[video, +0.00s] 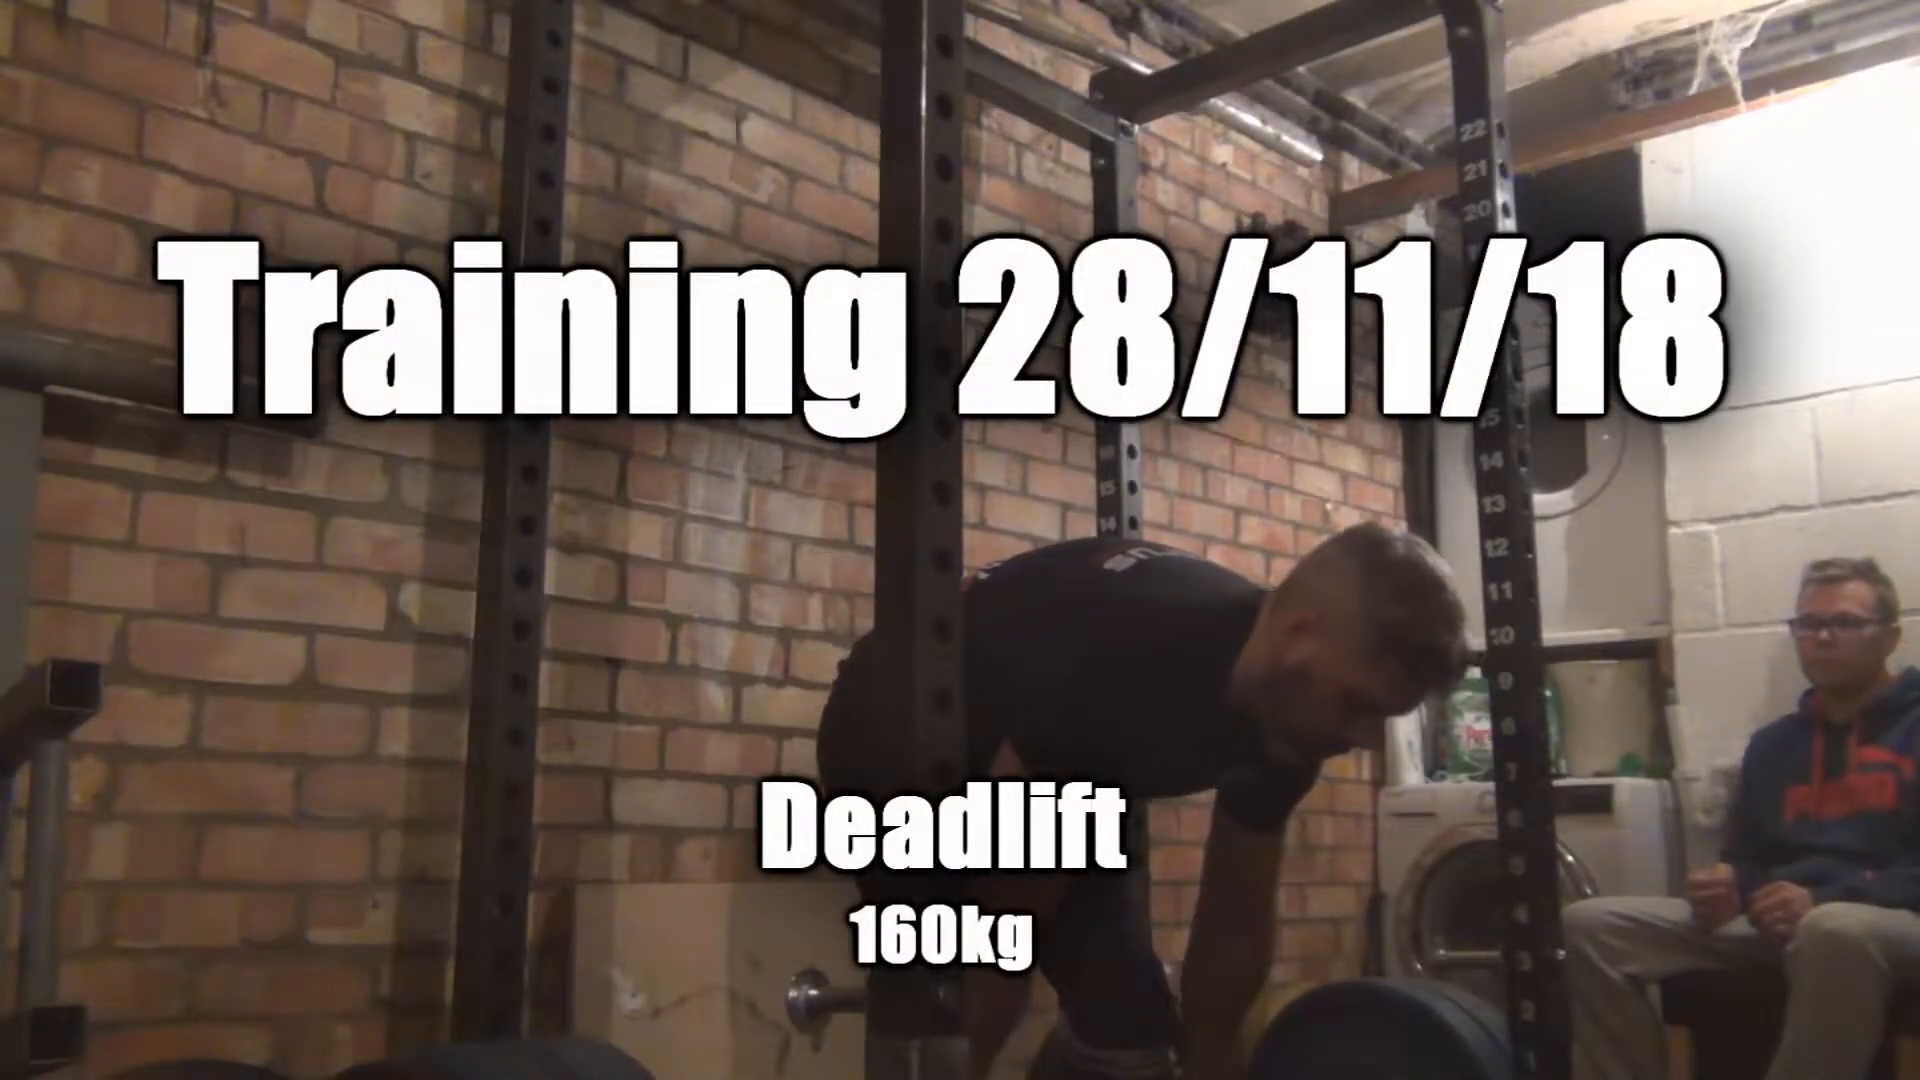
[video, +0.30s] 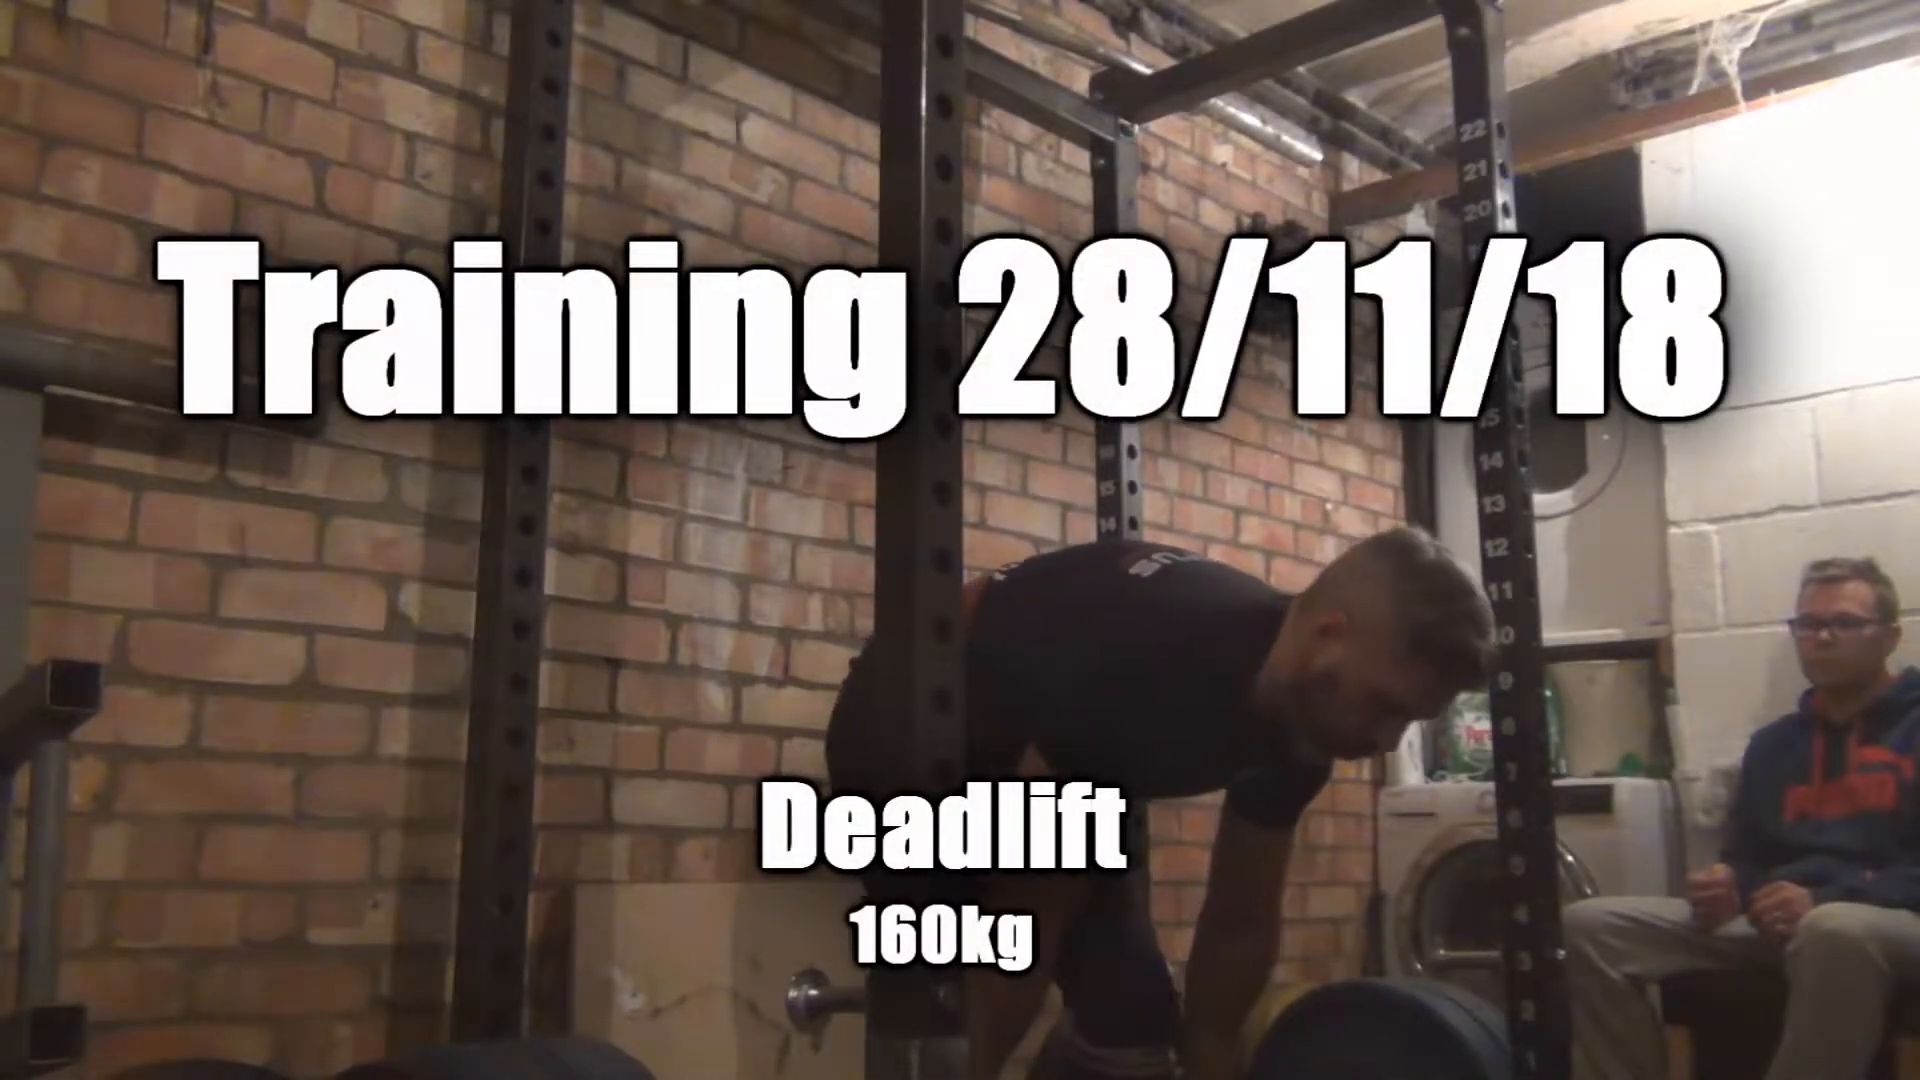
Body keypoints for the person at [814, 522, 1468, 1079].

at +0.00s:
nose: (1362, 739)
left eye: (1380, 720)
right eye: (1356, 708)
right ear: (1291, 638)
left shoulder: (1288, 726)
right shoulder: (1122, 650)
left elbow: (1234, 924)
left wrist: (1208, 1067)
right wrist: (969, 1063)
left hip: (1066, 784)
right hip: (907, 744)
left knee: (1131, 1033)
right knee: (930, 1026)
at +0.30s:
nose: (1387, 742)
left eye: (1407, 723)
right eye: (1385, 710)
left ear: (1328, 640)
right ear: (1322, 637)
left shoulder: (1296, 726)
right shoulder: (1151, 663)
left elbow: (1239, 923)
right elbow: (1035, 919)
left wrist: (1210, 1062)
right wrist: (980, 1065)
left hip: (1062, 775)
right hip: (914, 725)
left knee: (1131, 1017)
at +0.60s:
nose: (1377, 742)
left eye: (1396, 722)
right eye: (1375, 709)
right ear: (1311, 636)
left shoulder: (1298, 726)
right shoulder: (1138, 651)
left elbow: (1240, 919)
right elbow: (1035, 911)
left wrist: (1208, 1066)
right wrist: (973, 1068)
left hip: (1064, 779)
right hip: (911, 729)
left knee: (1134, 1034)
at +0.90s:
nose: (1368, 736)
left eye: (1386, 715)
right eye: (1362, 701)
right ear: (1298, 628)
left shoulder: (1298, 732)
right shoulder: (1119, 650)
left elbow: (1240, 929)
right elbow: (1016, 918)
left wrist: (1211, 1065)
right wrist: (966, 1065)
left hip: (1069, 780)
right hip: (917, 739)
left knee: (1132, 1033)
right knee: (930, 1022)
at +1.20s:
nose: (1393, 730)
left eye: (1412, 712)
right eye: (1389, 697)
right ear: (1327, 623)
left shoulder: (1318, 721)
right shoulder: (1150, 642)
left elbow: (1250, 920)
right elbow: (1042, 908)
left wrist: (1213, 1067)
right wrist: (983, 1071)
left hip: (1075, 775)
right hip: (922, 727)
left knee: (1139, 1028)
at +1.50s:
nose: (1388, 726)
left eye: (1407, 704)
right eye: (1384, 692)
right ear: (1316, 623)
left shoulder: (1314, 720)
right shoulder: (1153, 656)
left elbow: (1251, 923)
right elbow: (1028, 913)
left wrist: (1216, 1068)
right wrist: (984, 1069)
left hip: (1065, 766)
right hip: (918, 730)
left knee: (1138, 1019)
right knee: (934, 1013)